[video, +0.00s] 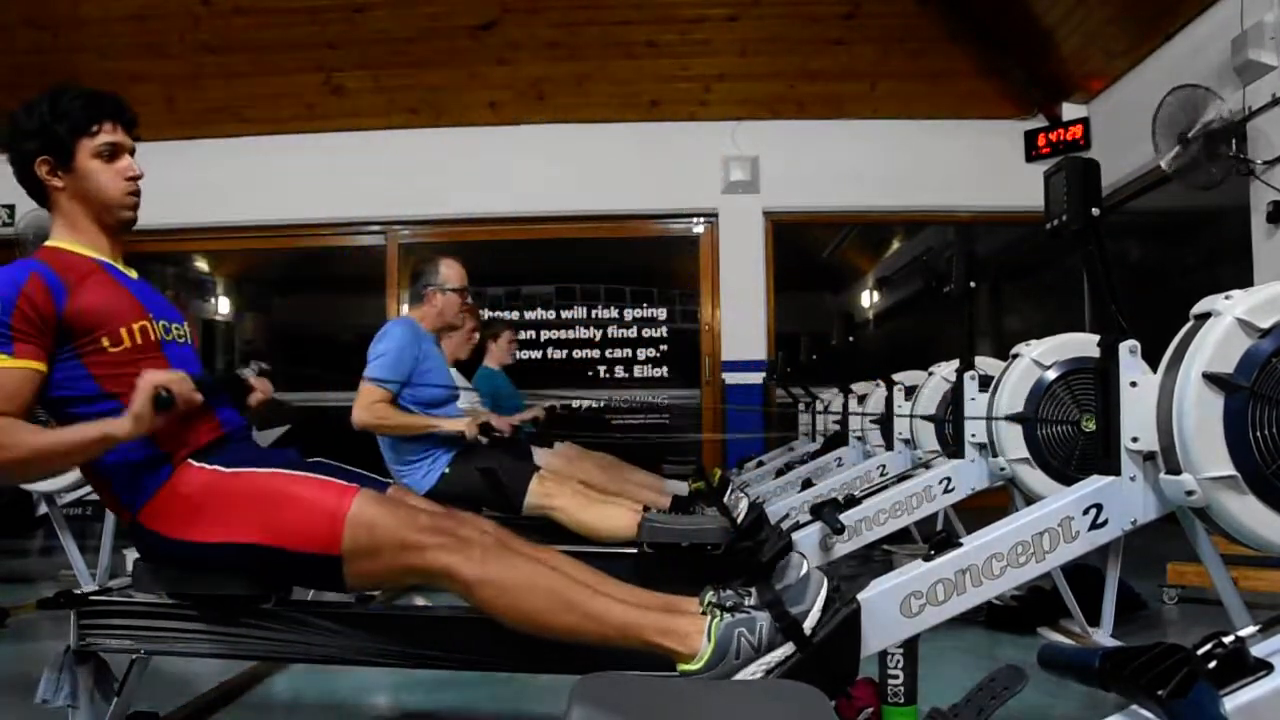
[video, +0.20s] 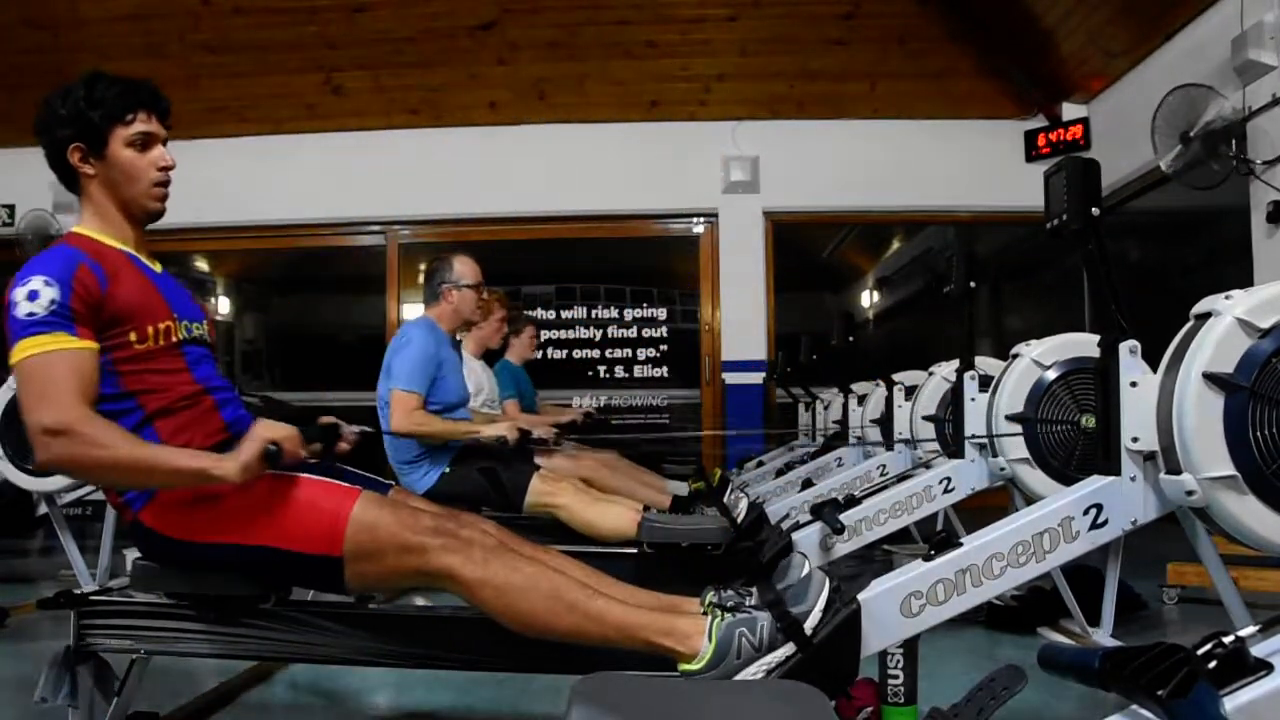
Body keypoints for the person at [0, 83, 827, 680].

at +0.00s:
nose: (134, 170)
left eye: (132, 155)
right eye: (112, 157)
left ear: (106, 171)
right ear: (52, 174)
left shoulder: (126, 278)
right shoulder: (36, 279)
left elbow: (157, 406)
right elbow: (5, 443)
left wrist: (234, 397)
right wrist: (120, 427)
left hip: (221, 467)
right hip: (176, 491)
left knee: (456, 530)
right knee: (432, 539)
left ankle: (701, 623)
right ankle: (694, 641)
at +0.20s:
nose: (165, 160)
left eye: (164, 143)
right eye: (143, 143)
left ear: (142, 161)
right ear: (81, 160)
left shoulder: (147, 272)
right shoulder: (59, 271)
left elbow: (187, 406)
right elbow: (57, 433)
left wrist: (256, 433)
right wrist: (208, 464)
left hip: (241, 474)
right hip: (192, 499)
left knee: (464, 531)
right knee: (439, 540)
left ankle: (702, 624)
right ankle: (702, 642)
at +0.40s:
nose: (216, 148)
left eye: (215, 131)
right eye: (195, 132)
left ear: (190, 146)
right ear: (135, 145)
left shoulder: (203, 271)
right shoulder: (106, 261)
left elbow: (267, 399)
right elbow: (153, 421)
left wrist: (343, 455)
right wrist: (304, 480)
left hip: (261, 487)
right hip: (192, 500)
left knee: (473, 528)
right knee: (448, 540)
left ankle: (698, 625)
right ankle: (700, 641)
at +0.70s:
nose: (298, 143)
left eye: (299, 126)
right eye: (278, 125)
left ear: (264, 139)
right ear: (217, 136)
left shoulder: (273, 263)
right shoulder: (181, 248)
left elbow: (353, 386)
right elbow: (259, 399)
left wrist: (442, 462)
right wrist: (410, 481)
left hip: (261, 472)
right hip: (199, 488)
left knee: (489, 500)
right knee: (465, 520)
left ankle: (696, 622)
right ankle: (688, 640)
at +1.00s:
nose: (398, 145)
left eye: (397, 128)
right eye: (377, 129)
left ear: (379, 140)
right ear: (319, 139)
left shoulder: (357, 258)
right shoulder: (280, 243)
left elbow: (440, 381)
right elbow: (373, 394)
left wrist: (550, 467)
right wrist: (531, 475)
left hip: (303, 476)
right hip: (241, 490)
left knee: (514, 455)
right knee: (494, 473)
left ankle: (699, 618)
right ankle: (696, 644)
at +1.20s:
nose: (475, 149)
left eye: (470, 131)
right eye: (454, 132)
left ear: (409, 146)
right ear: (394, 145)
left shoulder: (424, 259)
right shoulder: (357, 243)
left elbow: (505, 375)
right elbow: (459, 395)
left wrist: (614, 461)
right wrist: (625, 475)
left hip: (338, 479)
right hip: (288, 496)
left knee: (554, 424)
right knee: (522, 435)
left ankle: (691, 611)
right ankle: (693, 638)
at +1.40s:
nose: (557, 153)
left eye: (552, 135)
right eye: (537, 136)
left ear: (488, 152)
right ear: (478, 149)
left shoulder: (484, 254)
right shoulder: (442, 248)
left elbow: (581, 382)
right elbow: (568, 397)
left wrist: (696, 457)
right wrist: (726, 470)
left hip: (399, 485)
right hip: (358, 500)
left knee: (611, 393)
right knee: (599, 401)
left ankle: (693, 614)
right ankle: (698, 641)